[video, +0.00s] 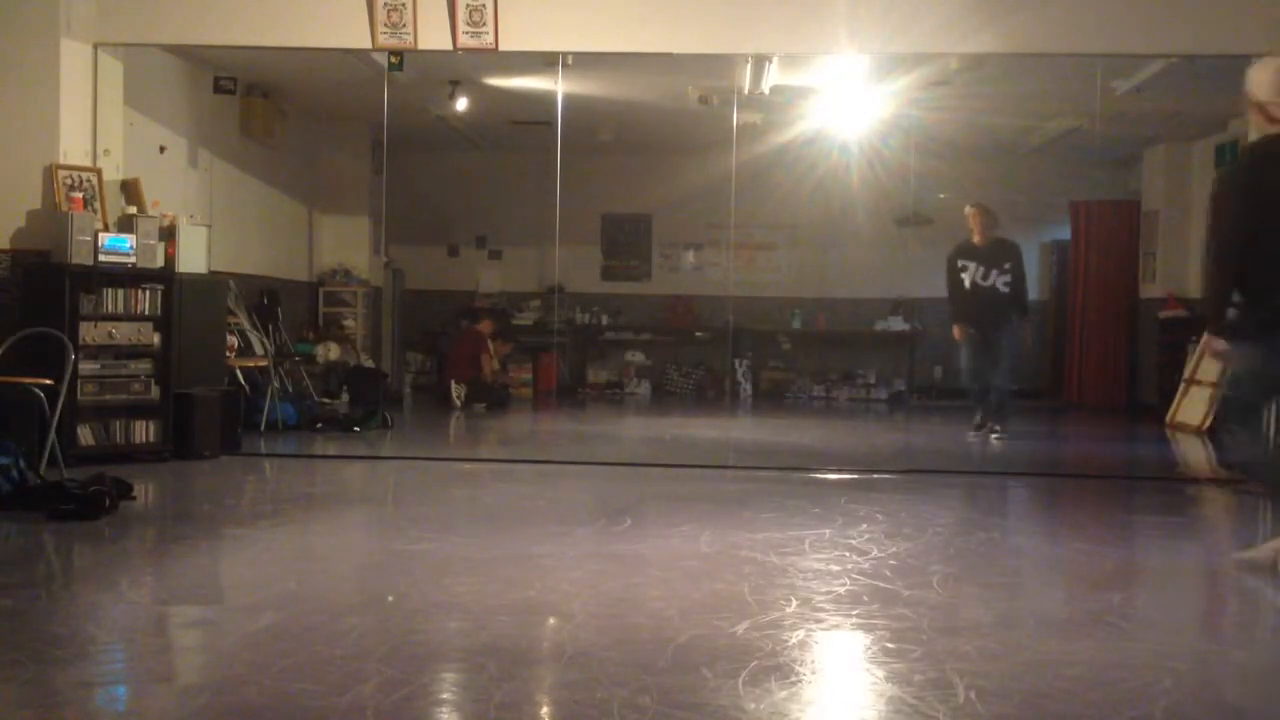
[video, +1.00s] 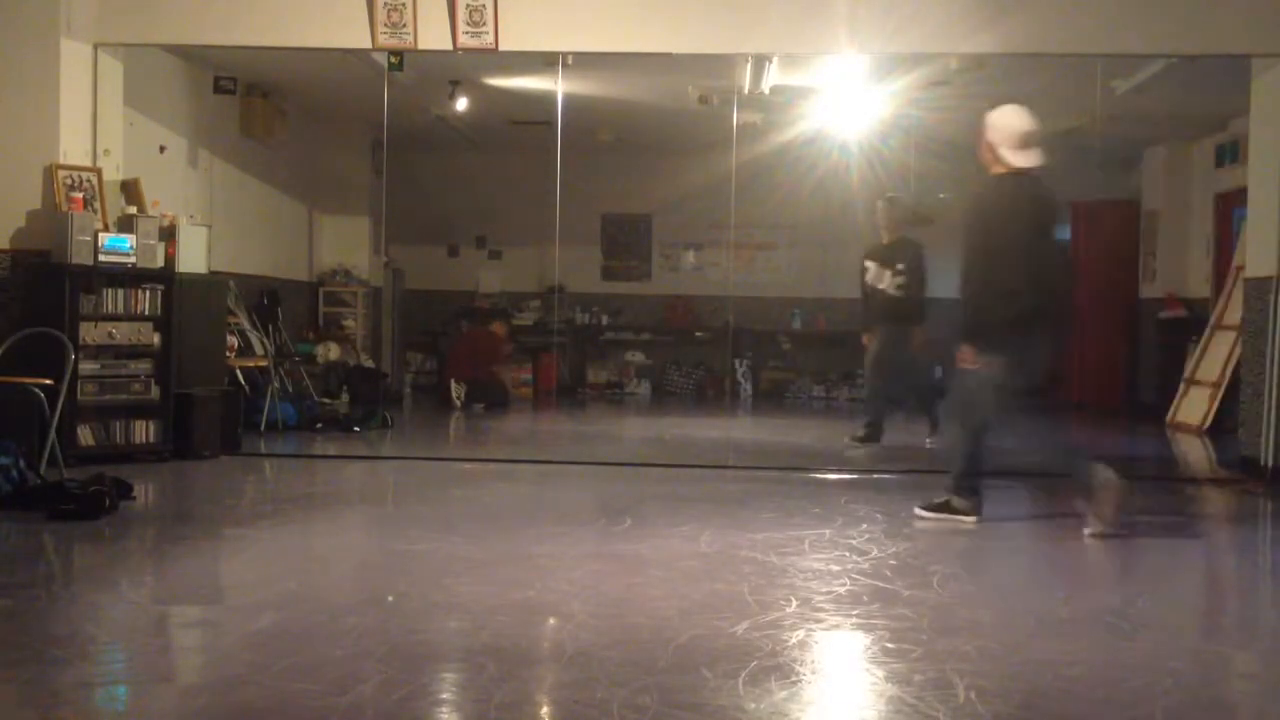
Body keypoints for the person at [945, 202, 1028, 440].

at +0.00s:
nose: (978, 221)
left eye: (982, 216)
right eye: (974, 217)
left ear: (991, 220)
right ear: (968, 222)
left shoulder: (1009, 249)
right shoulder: (959, 254)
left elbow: (1019, 286)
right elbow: (954, 291)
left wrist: (1023, 319)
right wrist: (956, 321)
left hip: (1003, 318)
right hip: (971, 319)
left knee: (1001, 371)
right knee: (970, 369)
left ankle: (997, 421)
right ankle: (979, 412)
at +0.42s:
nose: (943, 223)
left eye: (948, 217)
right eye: (939, 218)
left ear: (960, 219)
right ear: (934, 222)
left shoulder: (978, 249)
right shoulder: (931, 257)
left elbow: (993, 288)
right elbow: (927, 299)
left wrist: (997, 321)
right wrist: (929, 332)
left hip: (977, 322)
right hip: (945, 323)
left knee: (984, 372)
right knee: (940, 378)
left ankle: (997, 420)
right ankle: (948, 427)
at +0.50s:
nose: (935, 219)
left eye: (939, 213)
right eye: (931, 214)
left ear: (951, 215)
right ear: (927, 218)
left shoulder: (969, 244)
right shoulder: (922, 252)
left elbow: (983, 282)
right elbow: (917, 293)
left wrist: (984, 316)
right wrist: (917, 328)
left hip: (964, 316)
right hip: (934, 318)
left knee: (961, 369)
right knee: (934, 374)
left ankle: (985, 410)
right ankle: (946, 427)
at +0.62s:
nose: (923, 214)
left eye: (928, 208)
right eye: (919, 209)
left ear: (941, 210)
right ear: (916, 213)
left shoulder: (960, 243)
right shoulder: (913, 247)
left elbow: (971, 281)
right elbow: (904, 286)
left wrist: (974, 314)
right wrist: (902, 321)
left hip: (950, 314)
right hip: (921, 315)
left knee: (941, 367)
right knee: (930, 369)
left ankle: (949, 424)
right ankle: (942, 425)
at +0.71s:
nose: (917, 217)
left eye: (922, 210)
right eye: (913, 211)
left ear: (935, 213)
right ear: (909, 216)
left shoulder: (950, 244)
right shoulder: (906, 250)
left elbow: (961, 282)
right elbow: (896, 287)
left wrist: (964, 315)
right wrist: (894, 320)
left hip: (943, 316)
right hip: (918, 318)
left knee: (931, 369)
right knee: (924, 370)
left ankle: (945, 424)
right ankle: (938, 421)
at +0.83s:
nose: (905, 222)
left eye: (910, 217)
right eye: (901, 217)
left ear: (922, 219)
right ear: (897, 220)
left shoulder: (935, 247)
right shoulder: (892, 253)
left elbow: (944, 287)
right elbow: (881, 291)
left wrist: (945, 322)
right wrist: (881, 324)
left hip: (926, 318)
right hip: (903, 319)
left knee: (906, 367)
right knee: (920, 374)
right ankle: (946, 423)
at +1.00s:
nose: (884, 220)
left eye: (889, 214)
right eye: (881, 214)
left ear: (900, 216)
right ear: (876, 217)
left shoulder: (912, 249)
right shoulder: (871, 254)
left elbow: (917, 290)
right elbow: (866, 294)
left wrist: (918, 324)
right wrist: (865, 326)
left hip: (902, 320)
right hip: (878, 320)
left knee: (875, 367)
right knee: (903, 371)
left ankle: (873, 426)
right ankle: (929, 404)